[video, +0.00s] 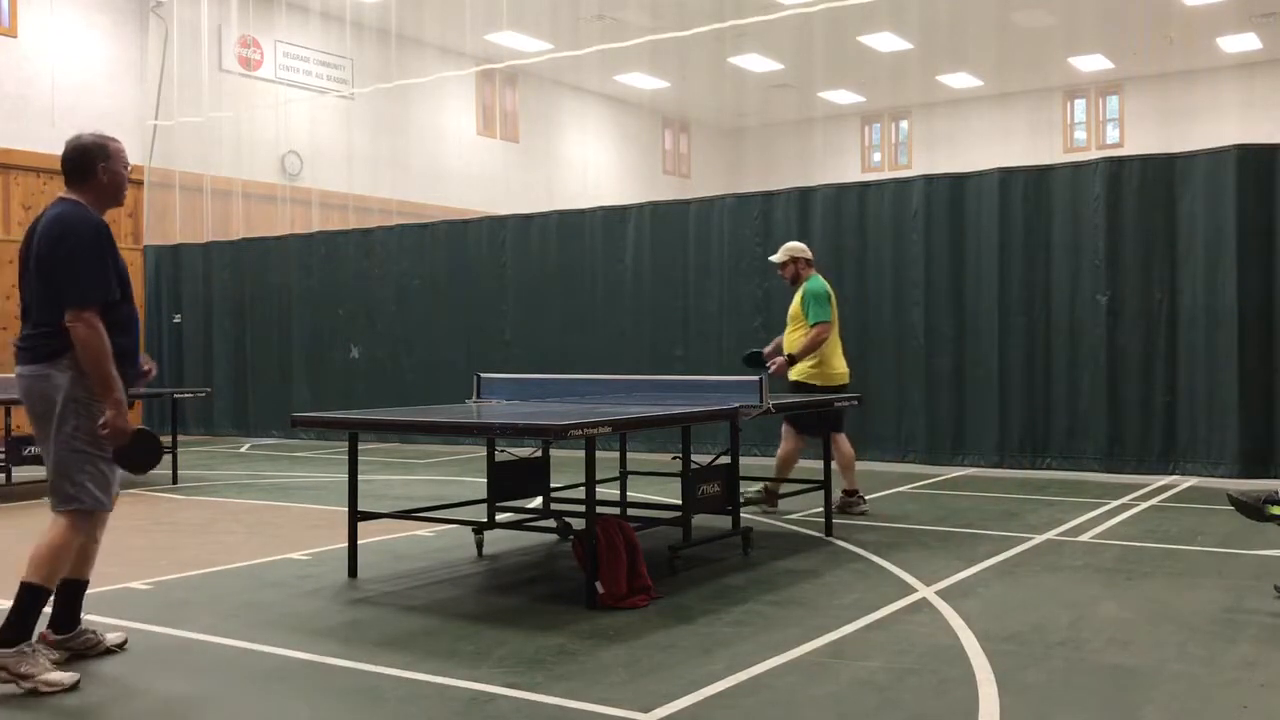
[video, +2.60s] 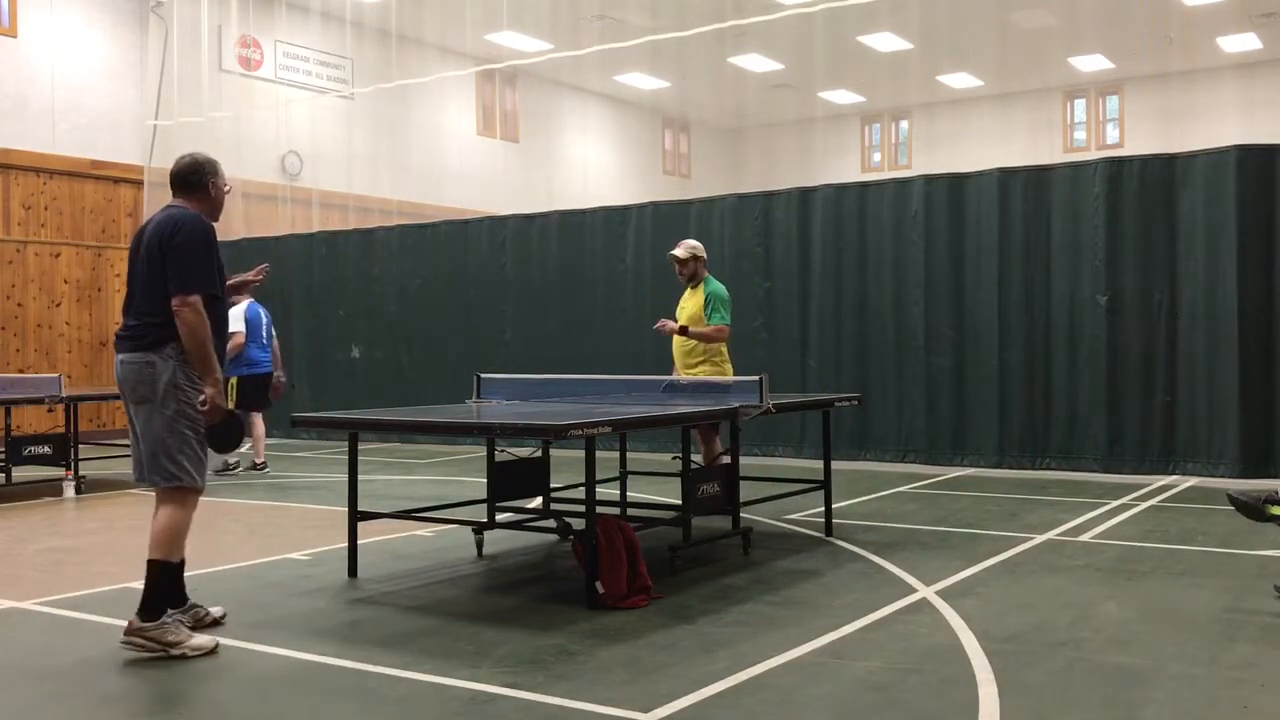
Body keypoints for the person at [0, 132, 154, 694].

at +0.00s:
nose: (130, 175)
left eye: (128, 167)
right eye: (125, 167)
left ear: (81, 171)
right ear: (102, 171)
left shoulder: (57, 221)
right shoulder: (78, 225)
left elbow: (69, 314)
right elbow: (82, 321)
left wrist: (128, 355)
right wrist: (115, 400)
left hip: (61, 374)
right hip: (65, 377)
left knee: (94, 503)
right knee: (78, 510)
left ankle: (66, 628)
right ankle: (11, 645)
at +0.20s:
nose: (136, 180)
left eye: (135, 171)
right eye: (132, 171)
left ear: (83, 174)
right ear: (112, 175)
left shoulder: (57, 222)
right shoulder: (97, 224)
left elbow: (79, 306)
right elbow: (103, 312)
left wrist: (147, 302)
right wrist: (146, 389)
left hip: (55, 374)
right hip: (85, 375)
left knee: (87, 503)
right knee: (136, 493)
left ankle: (65, 625)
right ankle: (61, 621)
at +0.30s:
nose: (142, 181)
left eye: (141, 172)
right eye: (138, 172)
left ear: (88, 175)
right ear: (118, 175)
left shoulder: (62, 222)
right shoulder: (105, 223)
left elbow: (85, 300)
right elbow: (113, 311)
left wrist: (150, 286)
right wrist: (156, 386)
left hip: (57, 375)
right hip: (95, 374)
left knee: (90, 497)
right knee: (158, 486)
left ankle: (59, 631)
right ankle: (112, 624)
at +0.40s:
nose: (150, 177)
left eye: (147, 168)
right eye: (146, 168)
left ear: (95, 175)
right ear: (130, 173)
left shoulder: (69, 222)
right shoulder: (115, 221)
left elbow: (94, 294)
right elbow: (121, 309)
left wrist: (159, 275)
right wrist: (164, 386)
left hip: (64, 373)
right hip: (104, 373)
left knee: (90, 500)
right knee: (168, 487)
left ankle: (63, 628)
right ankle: (171, 629)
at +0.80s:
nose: (212, 183)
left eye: (210, 175)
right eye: (209, 176)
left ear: (157, 181)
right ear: (197, 181)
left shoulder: (123, 229)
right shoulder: (188, 232)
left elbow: (143, 282)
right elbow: (188, 321)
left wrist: (204, 270)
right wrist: (214, 400)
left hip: (117, 376)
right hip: (168, 379)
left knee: (115, 501)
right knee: (222, 495)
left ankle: (65, 626)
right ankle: (232, 619)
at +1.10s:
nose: (272, 190)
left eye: (270, 182)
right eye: (271, 182)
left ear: (221, 181)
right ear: (261, 185)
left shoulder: (177, 222)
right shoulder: (249, 237)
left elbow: (175, 304)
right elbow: (255, 330)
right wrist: (279, 408)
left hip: (159, 369)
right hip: (215, 374)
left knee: (164, 488)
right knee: (239, 493)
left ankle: (93, 599)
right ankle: (234, 619)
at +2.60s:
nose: (227, 191)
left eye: (224, 184)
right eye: (223, 184)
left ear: (177, 186)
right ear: (210, 186)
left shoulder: (156, 225)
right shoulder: (192, 226)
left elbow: (172, 293)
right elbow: (186, 306)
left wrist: (229, 286)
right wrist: (213, 378)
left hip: (141, 363)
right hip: (165, 364)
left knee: (178, 487)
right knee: (180, 489)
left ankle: (174, 603)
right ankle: (151, 619)